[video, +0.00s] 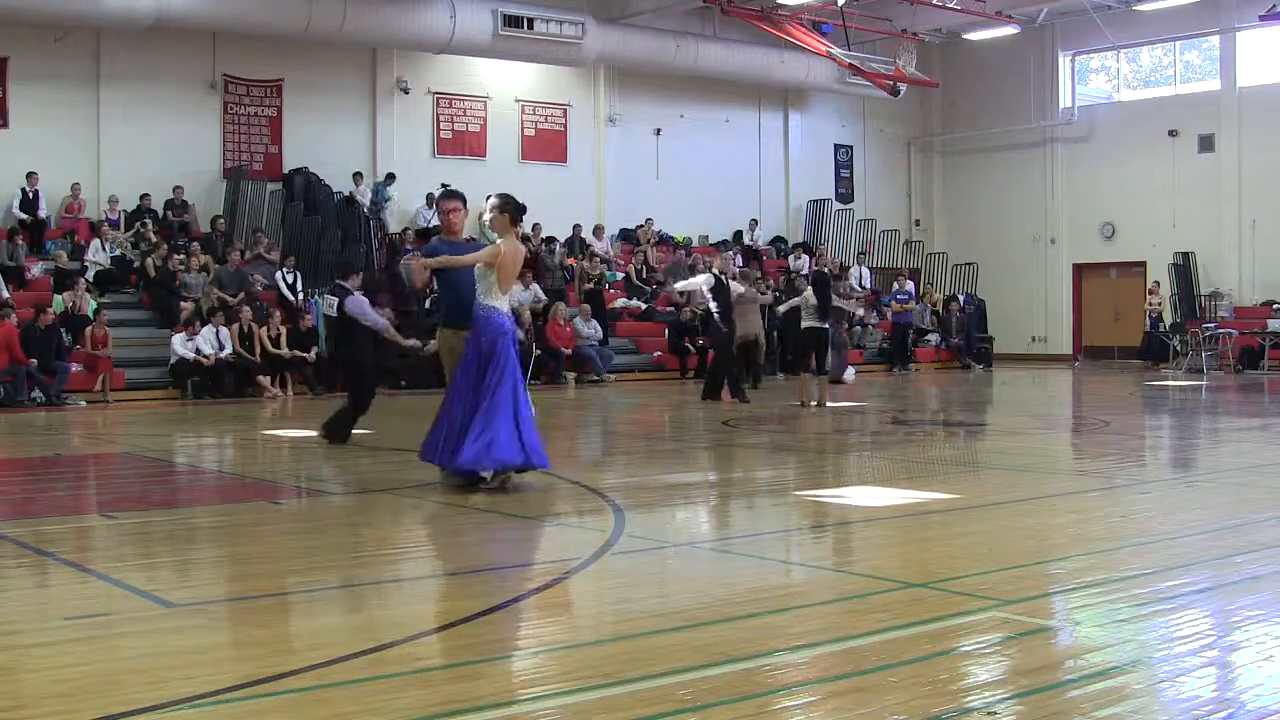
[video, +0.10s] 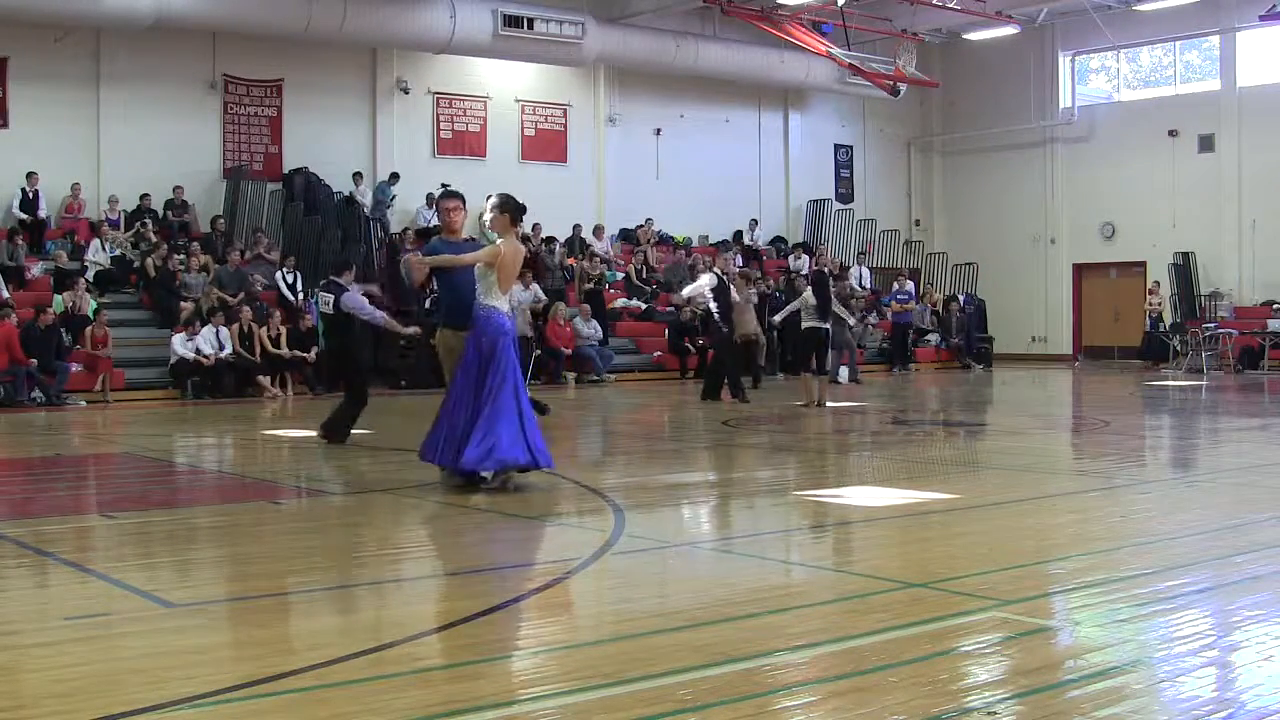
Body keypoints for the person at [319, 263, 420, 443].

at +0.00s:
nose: (362, 279)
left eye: (361, 276)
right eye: (361, 276)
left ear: (341, 276)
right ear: (353, 277)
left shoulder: (331, 292)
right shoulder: (355, 300)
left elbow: (355, 313)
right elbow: (379, 325)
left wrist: (377, 314)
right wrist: (403, 341)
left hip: (341, 351)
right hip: (356, 354)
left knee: (359, 393)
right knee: (364, 395)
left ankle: (338, 430)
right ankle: (334, 429)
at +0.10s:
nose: (353, 276)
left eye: (353, 273)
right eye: (352, 273)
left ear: (333, 272)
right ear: (347, 274)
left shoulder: (324, 288)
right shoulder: (347, 296)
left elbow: (347, 288)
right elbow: (375, 315)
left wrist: (368, 288)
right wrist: (403, 330)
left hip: (332, 349)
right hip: (345, 351)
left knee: (354, 392)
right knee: (358, 396)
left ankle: (333, 428)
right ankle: (334, 431)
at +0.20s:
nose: (349, 270)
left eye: (350, 266)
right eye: (348, 266)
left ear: (330, 266)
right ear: (342, 267)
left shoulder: (316, 282)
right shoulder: (343, 290)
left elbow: (335, 275)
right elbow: (377, 306)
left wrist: (352, 265)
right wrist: (407, 316)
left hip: (329, 347)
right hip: (344, 348)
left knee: (349, 389)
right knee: (357, 392)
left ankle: (331, 430)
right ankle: (334, 434)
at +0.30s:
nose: (342, 262)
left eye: (340, 258)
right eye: (341, 259)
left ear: (322, 260)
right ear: (338, 260)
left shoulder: (312, 278)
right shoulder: (342, 283)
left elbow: (321, 263)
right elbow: (376, 293)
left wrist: (336, 247)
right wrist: (406, 299)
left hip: (329, 341)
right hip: (345, 342)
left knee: (342, 385)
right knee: (355, 387)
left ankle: (331, 427)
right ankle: (335, 434)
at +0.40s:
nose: (339, 257)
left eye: (337, 254)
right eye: (338, 254)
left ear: (318, 256)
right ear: (334, 255)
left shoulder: (310, 275)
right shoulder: (338, 277)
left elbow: (314, 255)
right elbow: (374, 279)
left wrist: (322, 237)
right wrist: (406, 278)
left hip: (328, 337)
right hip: (344, 338)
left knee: (338, 383)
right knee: (354, 385)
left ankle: (329, 427)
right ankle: (339, 433)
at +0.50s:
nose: (337, 251)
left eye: (334, 248)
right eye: (335, 248)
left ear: (313, 250)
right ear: (331, 250)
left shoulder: (308, 269)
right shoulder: (336, 271)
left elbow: (306, 243)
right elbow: (371, 263)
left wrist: (314, 221)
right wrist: (401, 251)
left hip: (327, 332)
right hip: (343, 332)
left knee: (334, 378)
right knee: (348, 379)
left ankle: (328, 427)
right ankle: (338, 432)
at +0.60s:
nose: (332, 245)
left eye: (329, 242)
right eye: (331, 243)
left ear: (313, 246)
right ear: (327, 247)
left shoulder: (306, 262)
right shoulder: (333, 263)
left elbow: (301, 239)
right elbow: (359, 249)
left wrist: (307, 213)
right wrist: (379, 229)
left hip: (326, 325)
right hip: (341, 326)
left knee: (333, 371)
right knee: (346, 373)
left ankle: (328, 421)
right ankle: (338, 428)